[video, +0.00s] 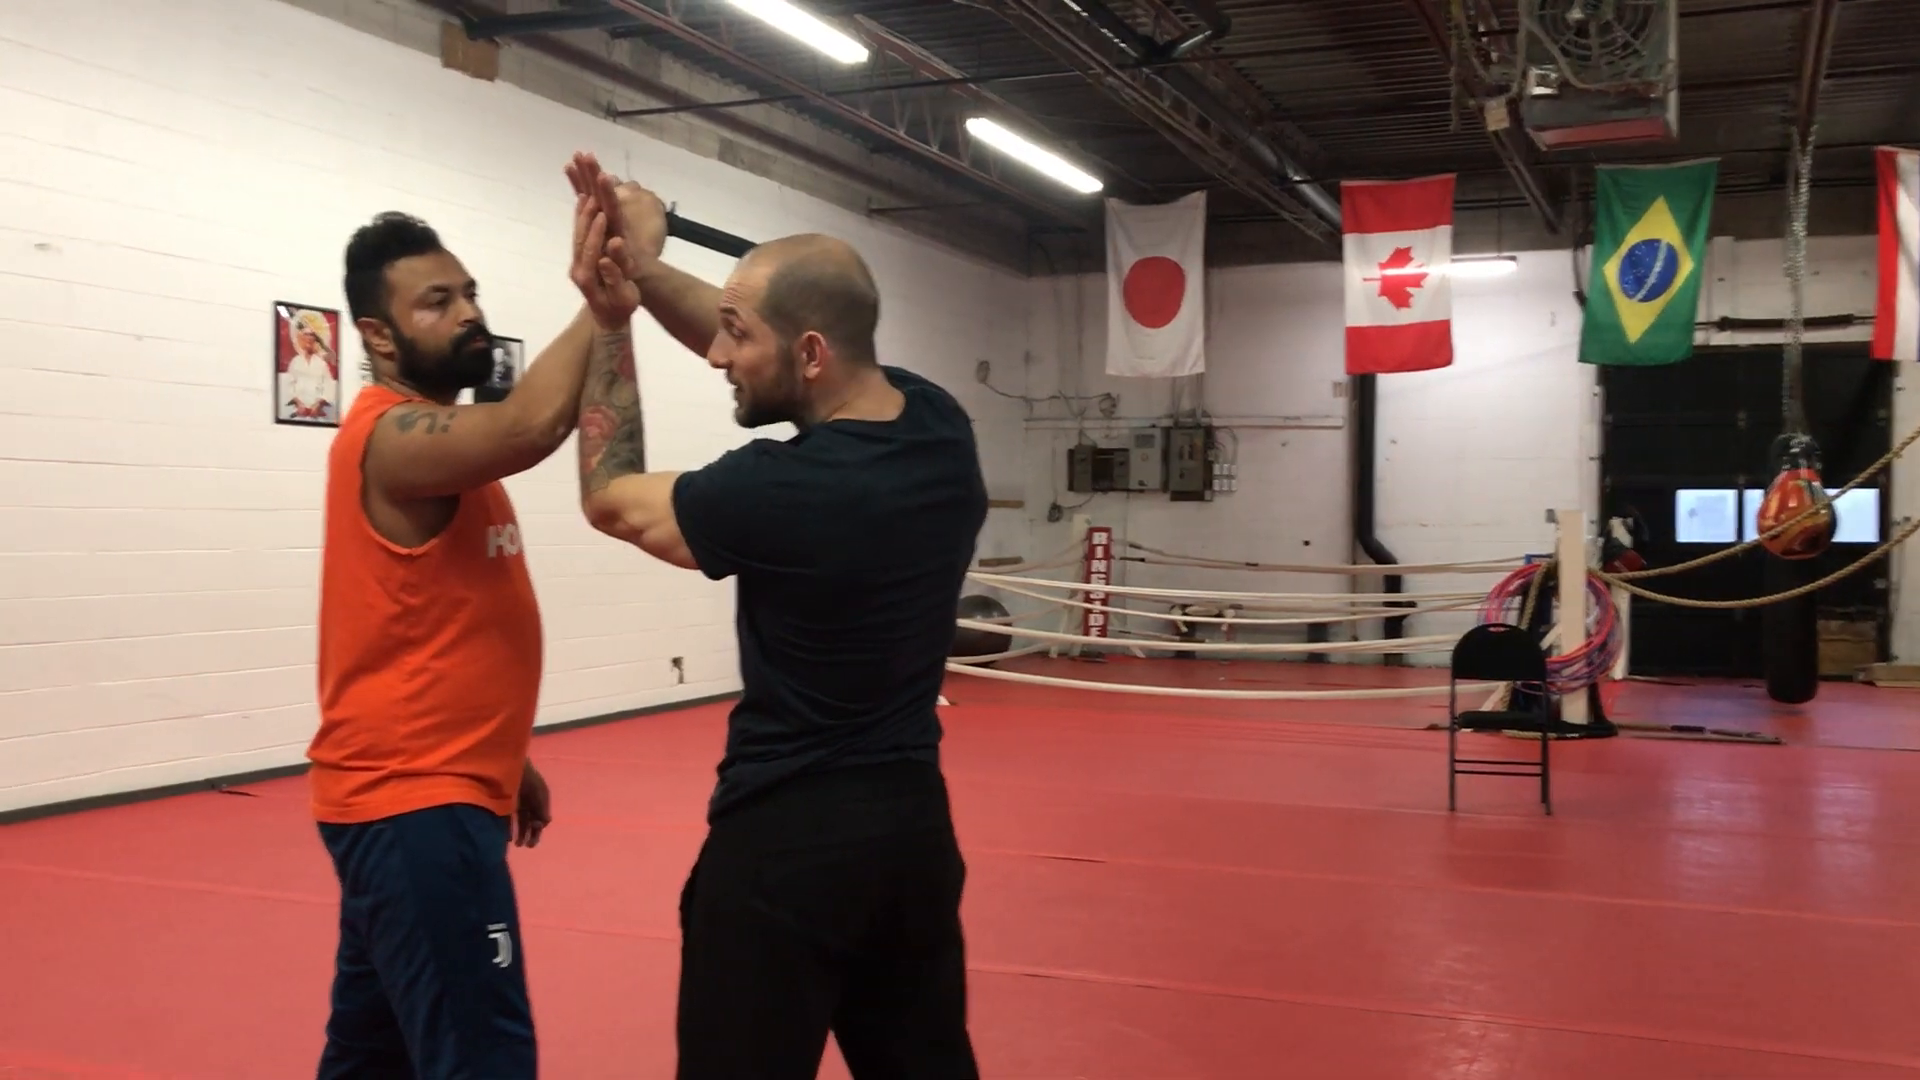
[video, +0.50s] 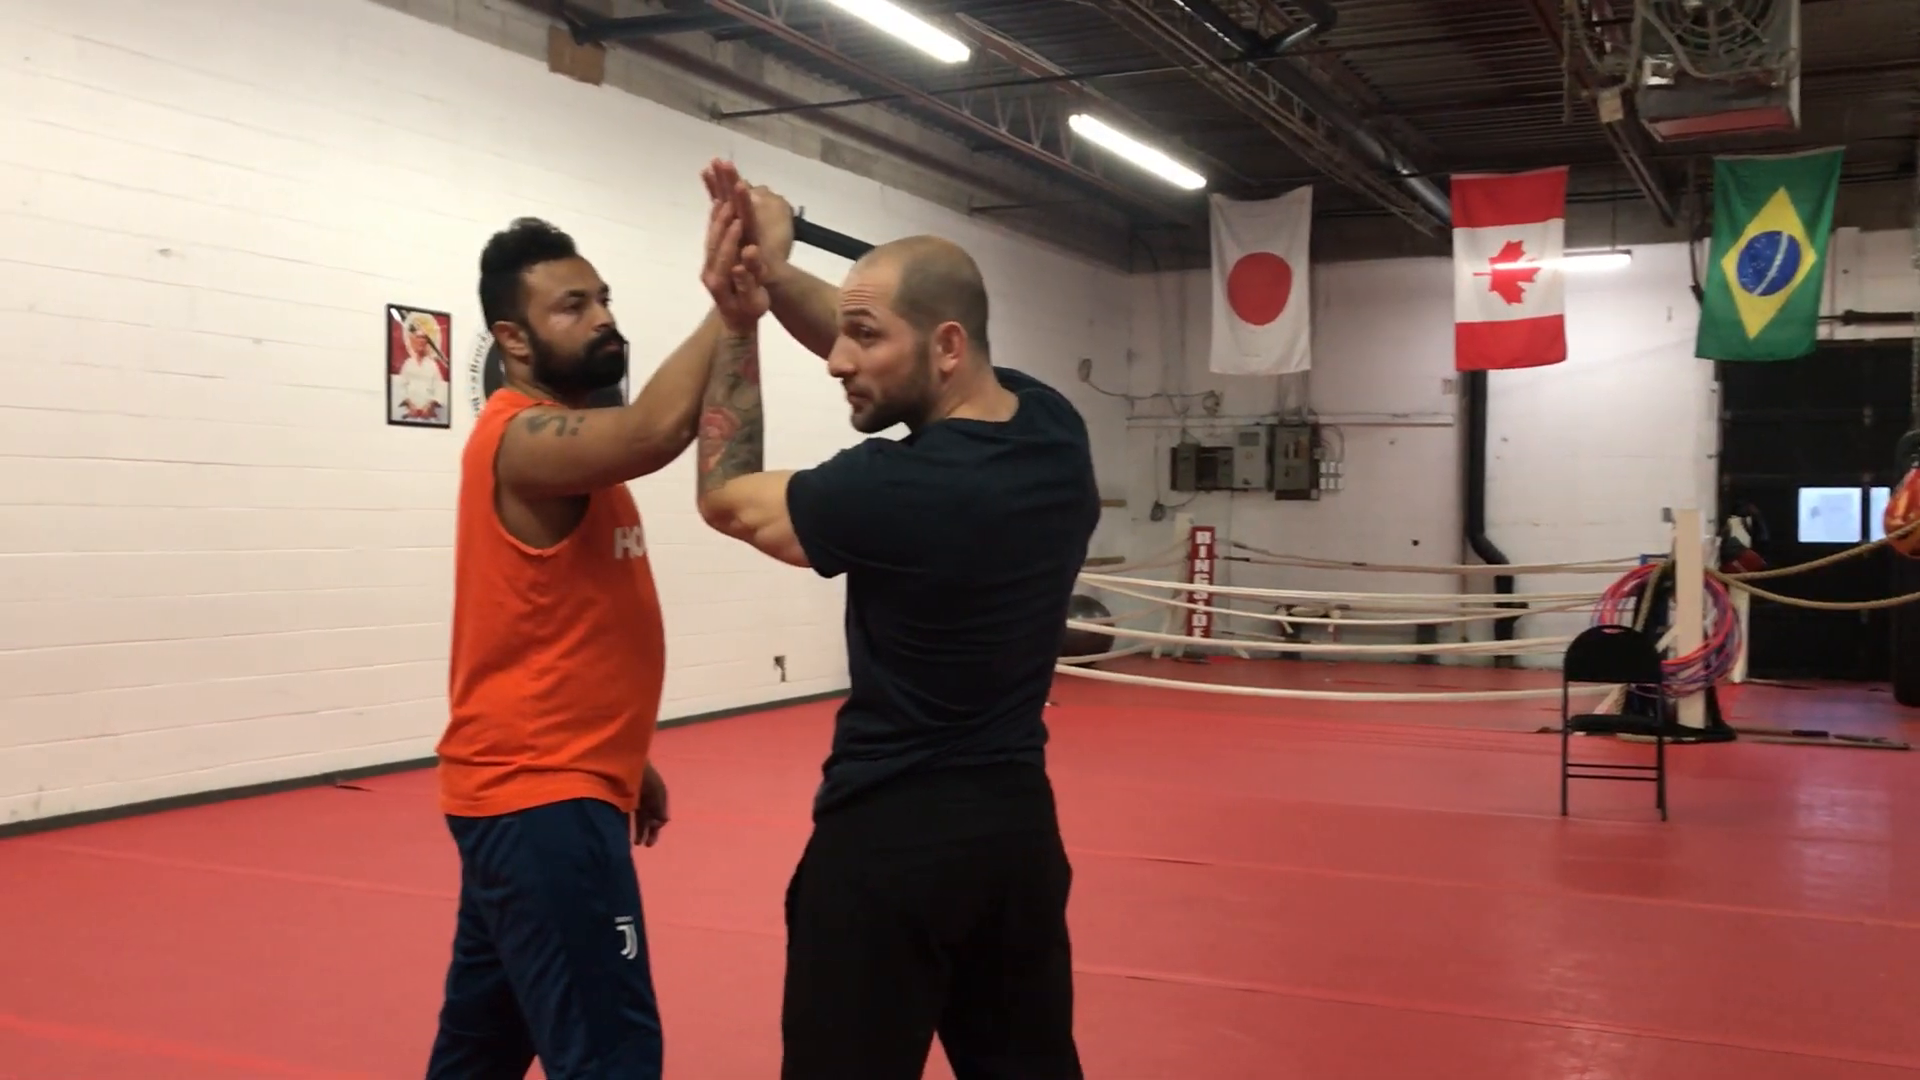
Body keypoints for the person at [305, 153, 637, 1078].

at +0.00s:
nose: (470, 314)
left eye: (470, 294)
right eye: (437, 301)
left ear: (473, 300)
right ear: (376, 336)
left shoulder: (427, 424)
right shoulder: (391, 430)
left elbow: (432, 625)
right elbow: (527, 426)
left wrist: (503, 756)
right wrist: (599, 308)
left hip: (433, 788)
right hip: (411, 795)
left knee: (372, 1053)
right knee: (485, 1054)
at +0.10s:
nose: (500, 316)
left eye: (500, 296)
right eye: (467, 303)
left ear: (503, 301)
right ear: (406, 337)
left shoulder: (457, 426)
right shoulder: (422, 432)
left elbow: (460, 627)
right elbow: (558, 428)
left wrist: (531, 758)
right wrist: (626, 311)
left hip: (459, 789)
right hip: (441, 796)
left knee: (394, 1055)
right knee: (517, 1055)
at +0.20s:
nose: (532, 317)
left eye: (530, 298)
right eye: (500, 304)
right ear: (438, 337)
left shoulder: (479, 428)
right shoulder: (451, 433)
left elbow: (484, 629)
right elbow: (585, 430)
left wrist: (555, 758)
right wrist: (654, 312)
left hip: (481, 787)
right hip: (472, 795)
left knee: (419, 1052)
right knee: (545, 1055)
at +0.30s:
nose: (558, 317)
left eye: (557, 298)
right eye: (528, 306)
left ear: (560, 303)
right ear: (466, 337)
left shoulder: (514, 430)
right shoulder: (475, 431)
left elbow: (514, 628)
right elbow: (611, 430)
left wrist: (579, 757)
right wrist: (685, 306)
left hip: (507, 788)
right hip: (497, 796)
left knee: (442, 1053)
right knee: (570, 1054)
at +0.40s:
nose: (581, 316)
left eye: (580, 298)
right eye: (550, 305)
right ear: (489, 338)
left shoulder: (533, 430)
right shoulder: (500, 433)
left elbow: (534, 628)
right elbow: (633, 430)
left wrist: (600, 758)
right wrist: (709, 306)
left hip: (527, 788)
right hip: (520, 795)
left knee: (462, 1053)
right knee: (593, 1055)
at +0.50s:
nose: (605, 320)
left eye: (605, 300)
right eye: (574, 308)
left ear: (608, 305)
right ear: (512, 339)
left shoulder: (561, 429)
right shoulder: (521, 432)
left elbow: (567, 622)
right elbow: (652, 433)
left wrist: (626, 758)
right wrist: (729, 315)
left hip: (556, 788)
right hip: (536, 792)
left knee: (480, 1051)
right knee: (613, 1054)